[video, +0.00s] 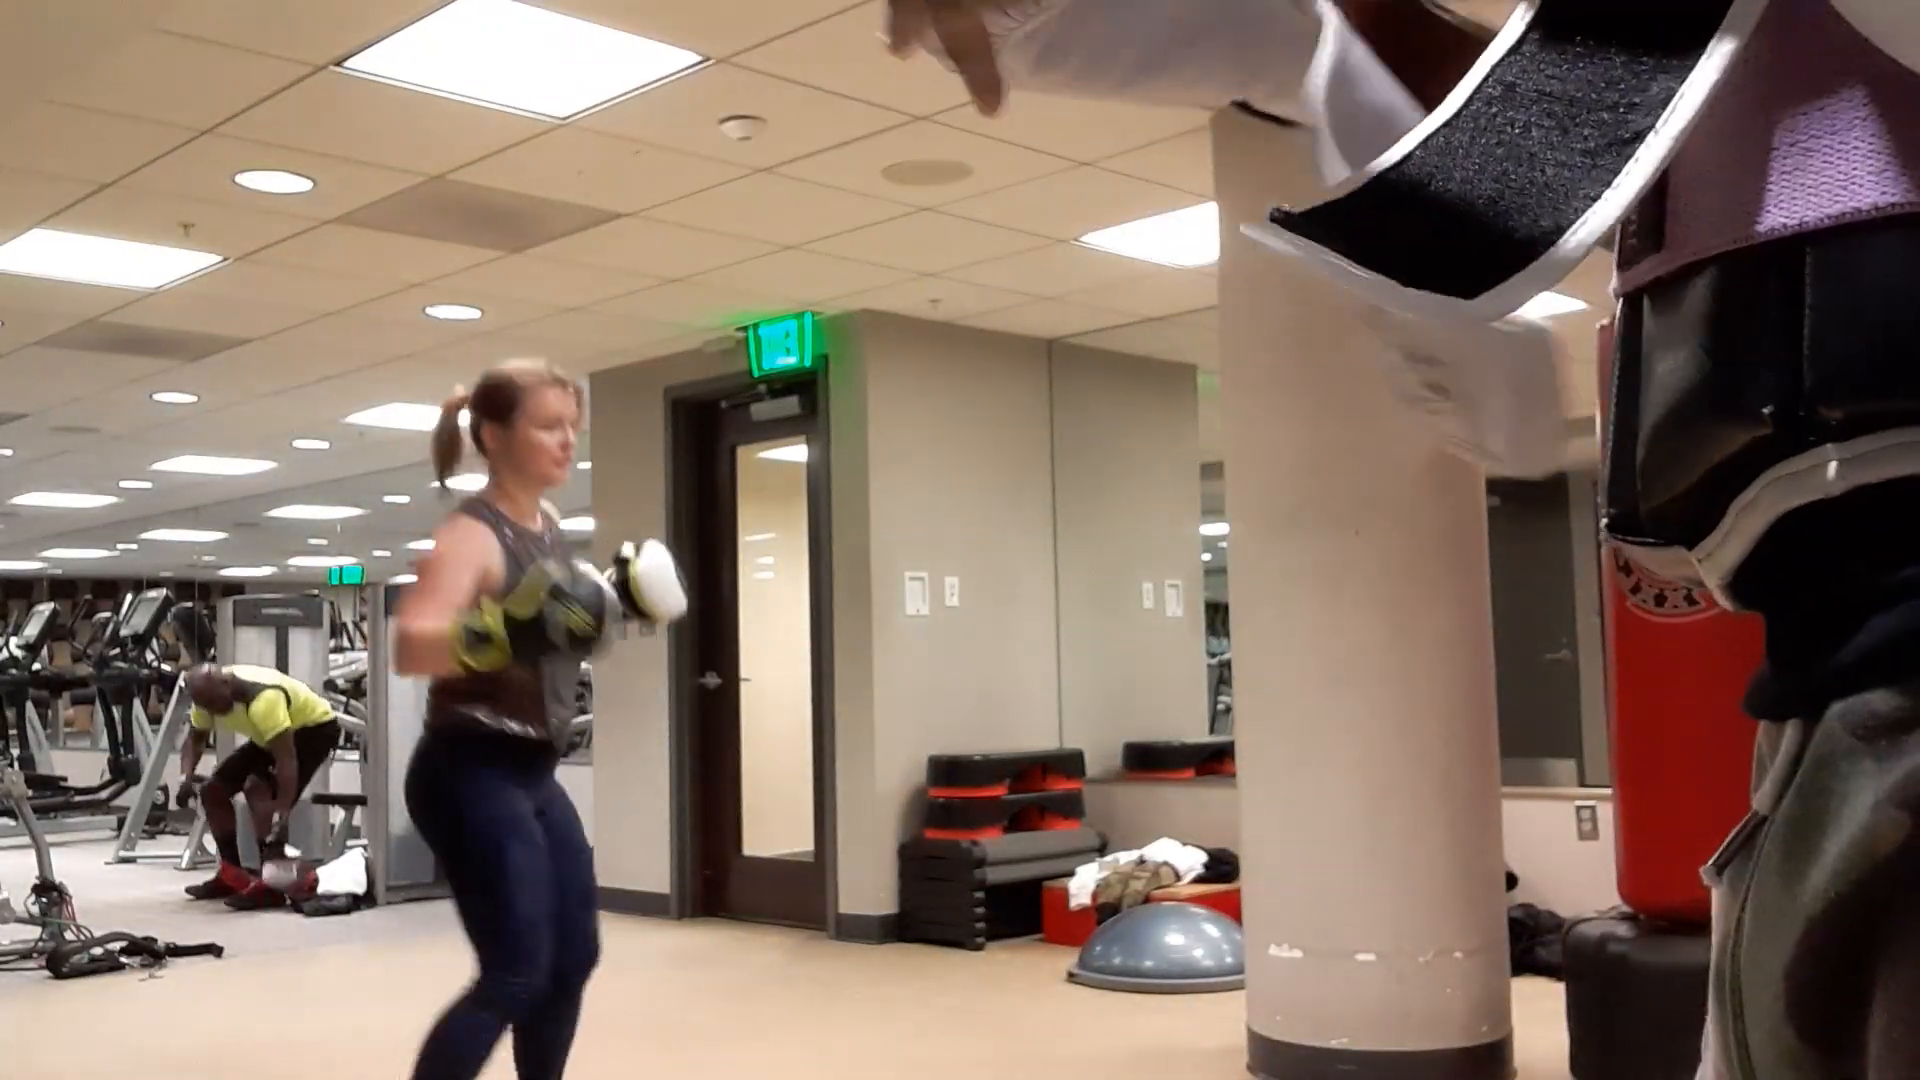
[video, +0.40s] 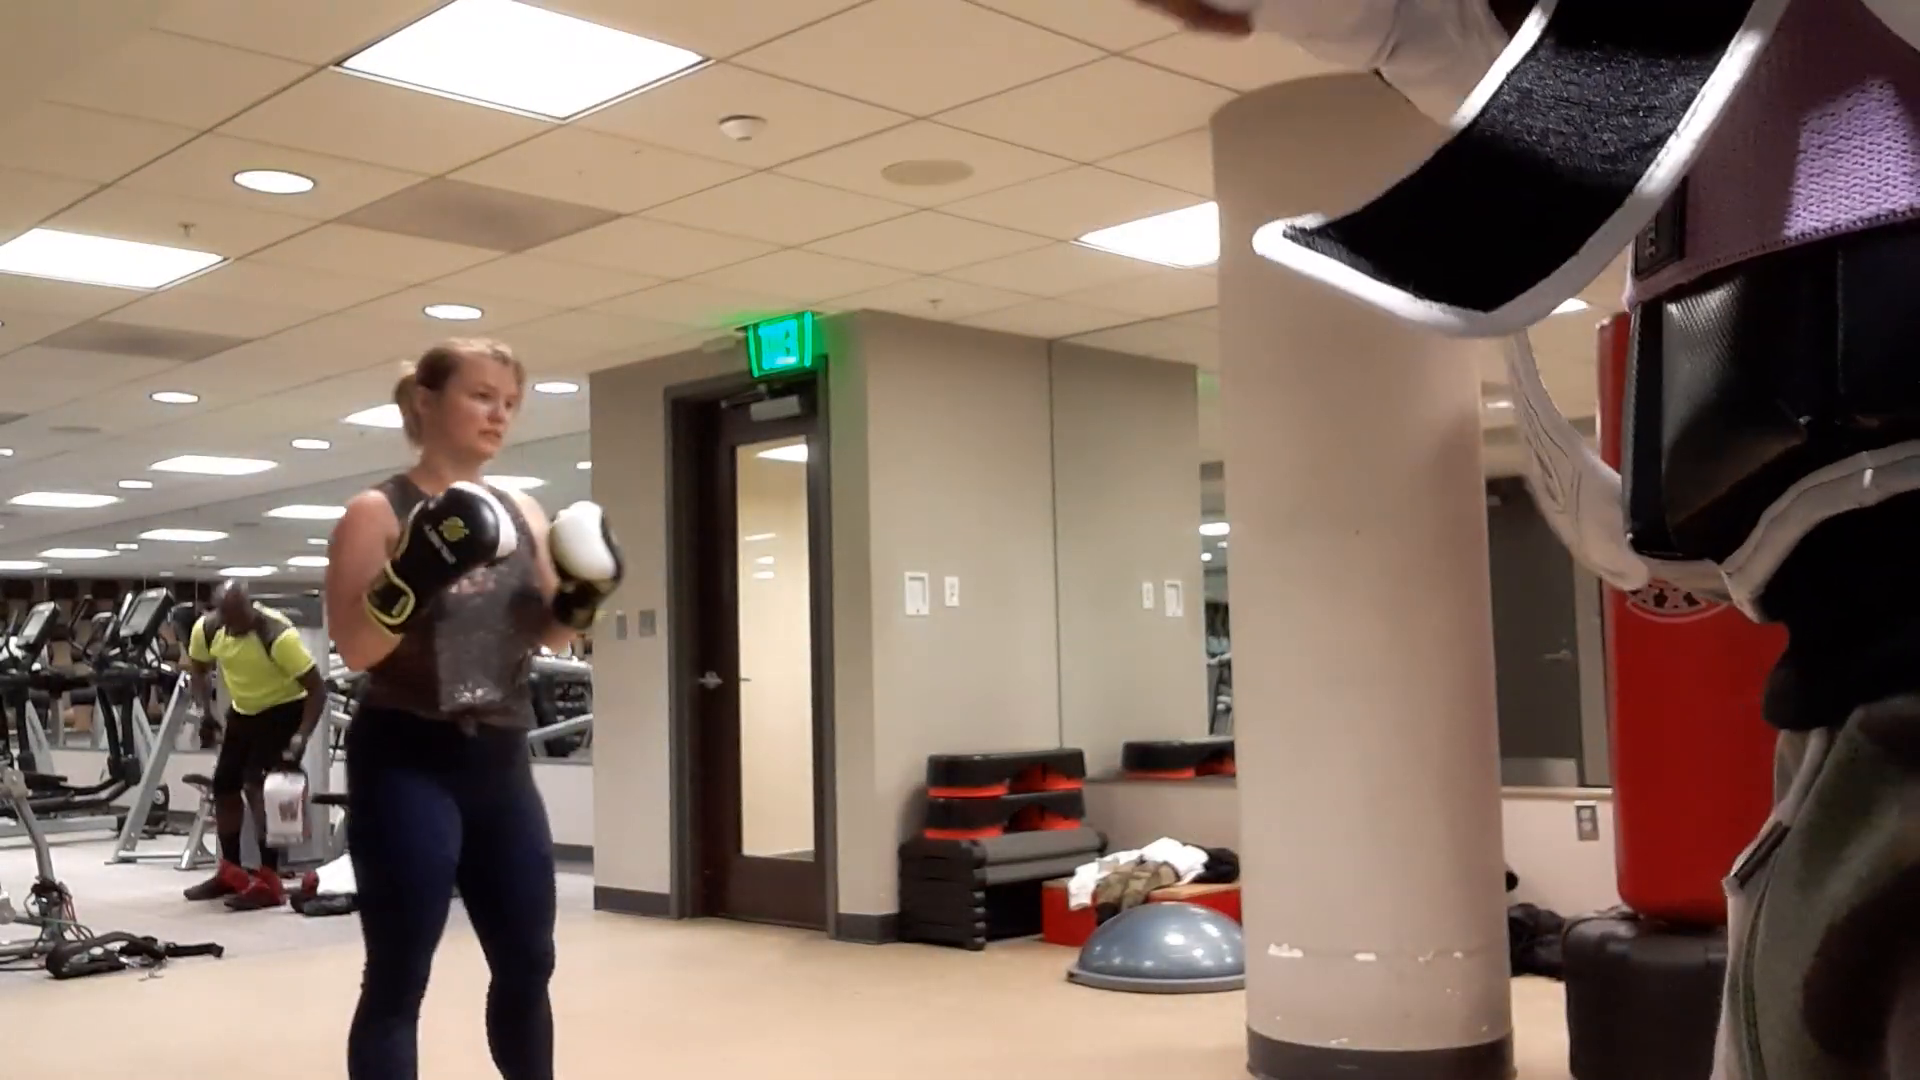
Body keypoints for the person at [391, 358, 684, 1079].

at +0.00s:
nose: (567, 442)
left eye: (571, 428)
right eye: (549, 427)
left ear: (574, 434)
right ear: (494, 435)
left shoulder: (545, 529)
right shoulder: (470, 533)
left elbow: (554, 629)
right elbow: (411, 647)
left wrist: (621, 604)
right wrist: (513, 627)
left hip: (532, 769)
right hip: (468, 770)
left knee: (571, 956)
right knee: (518, 970)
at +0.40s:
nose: (497, 416)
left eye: (507, 405)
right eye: (480, 397)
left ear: (514, 418)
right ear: (426, 403)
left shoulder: (522, 511)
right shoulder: (374, 514)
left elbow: (552, 634)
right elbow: (354, 649)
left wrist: (583, 596)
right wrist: (414, 574)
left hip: (498, 761)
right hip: (403, 760)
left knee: (528, 963)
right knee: (397, 978)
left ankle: (530, 1078)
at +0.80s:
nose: (450, 410)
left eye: (457, 398)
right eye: (431, 393)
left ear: (461, 408)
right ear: (373, 400)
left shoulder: (437, 507)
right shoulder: (340, 504)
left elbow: (434, 625)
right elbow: (300, 644)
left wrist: (509, 598)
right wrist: (396, 598)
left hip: (438, 762)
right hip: (358, 767)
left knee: (508, 951)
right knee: (373, 993)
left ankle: (407, 1070)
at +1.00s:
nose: (419, 412)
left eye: (427, 399)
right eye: (400, 394)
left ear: (430, 408)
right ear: (340, 401)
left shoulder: (409, 509)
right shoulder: (314, 507)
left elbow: (424, 634)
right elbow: (285, 647)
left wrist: (486, 598)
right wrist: (389, 596)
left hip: (424, 761)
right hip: (350, 764)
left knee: (427, 979)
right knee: (372, 991)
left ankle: (322, 1065)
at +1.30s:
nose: (373, 417)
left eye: (380, 403)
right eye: (354, 400)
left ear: (383, 411)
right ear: (296, 408)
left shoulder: (360, 514)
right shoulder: (269, 509)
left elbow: (372, 641)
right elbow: (238, 643)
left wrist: (437, 603)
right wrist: (336, 595)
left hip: (360, 763)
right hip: (296, 767)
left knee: (316, 985)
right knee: (346, 991)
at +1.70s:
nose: (313, 424)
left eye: (323, 412)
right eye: (296, 405)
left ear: (330, 422)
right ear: (237, 407)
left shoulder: (297, 520)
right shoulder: (189, 508)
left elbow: (293, 645)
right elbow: (134, 639)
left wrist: (357, 616)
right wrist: (226, 606)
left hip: (296, 761)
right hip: (210, 764)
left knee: (269, 981)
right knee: (307, 965)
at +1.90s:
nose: (276, 422)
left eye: (287, 409)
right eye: (258, 403)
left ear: (295, 419)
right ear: (201, 404)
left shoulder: (266, 518)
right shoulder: (157, 507)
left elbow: (272, 647)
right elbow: (106, 640)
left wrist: (332, 615)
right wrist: (198, 603)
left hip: (273, 756)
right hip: (188, 758)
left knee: (251, 983)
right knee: (232, 984)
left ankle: (154, 1066)